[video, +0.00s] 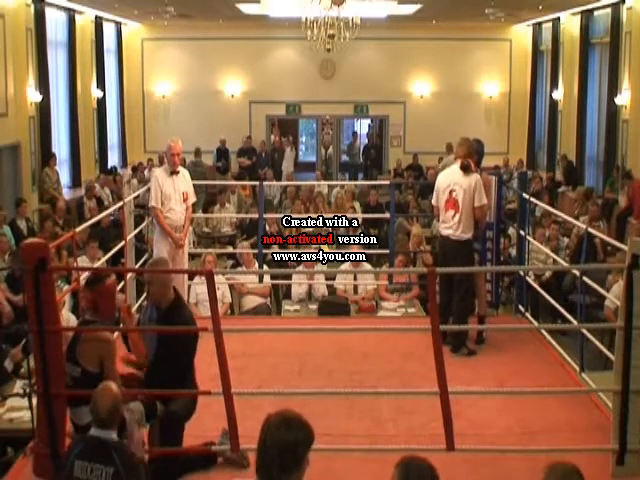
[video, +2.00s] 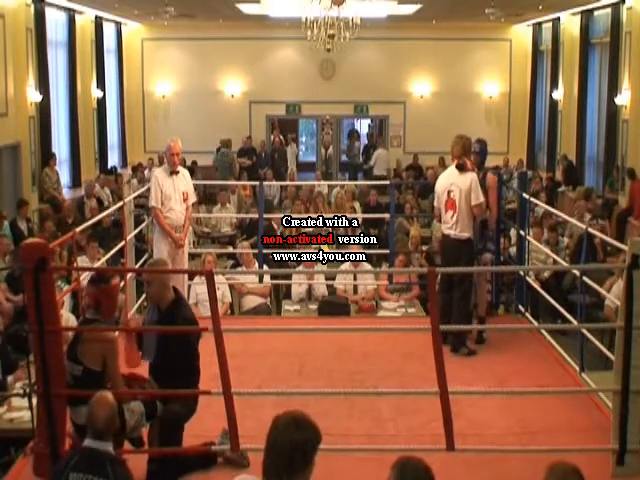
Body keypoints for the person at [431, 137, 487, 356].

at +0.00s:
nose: (473, 159)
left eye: (467, 154)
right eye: (473, 156)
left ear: (456, 154)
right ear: (472, 155)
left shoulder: (442, 175)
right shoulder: (474, 178)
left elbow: (436, 207)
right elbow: (480, 211)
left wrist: (444, 222)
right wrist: (478, 228)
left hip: (443, 238)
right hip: (463, 240)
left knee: (446, 286)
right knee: (463, 290)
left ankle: (443, 329)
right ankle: (459, 339)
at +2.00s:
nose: (471, 156)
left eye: (467, 152)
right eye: (470, 153)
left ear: (452, 153)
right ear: (469, 154)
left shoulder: (442, 177)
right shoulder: (470, 178)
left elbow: (437, 211)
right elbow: (478, 210)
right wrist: (474, 177)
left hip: (446, 237)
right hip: (464, 238)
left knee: (446, 286)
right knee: (463, 288)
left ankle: (444, 330)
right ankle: (459, 339)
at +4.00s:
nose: (464, 156)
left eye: (457, 151)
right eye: (465, 152)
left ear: (449, 153)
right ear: (466, 152)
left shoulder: (442, 179)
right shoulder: (472, 178)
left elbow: (439, 213)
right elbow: (482, 209)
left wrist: (451, 220)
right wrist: (493, 193)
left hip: (450, 235)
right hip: (469, 236)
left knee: (449, 283)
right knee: (468, 285)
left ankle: (448, 328)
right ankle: (466, 337)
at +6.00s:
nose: (473, 155)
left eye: (471, 152)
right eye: (473, 152)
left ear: (454, 152)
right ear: (472, 153)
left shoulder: (443, 176)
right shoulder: (474, 178)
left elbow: (439, 210)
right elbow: (482, 211)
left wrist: (446, 227)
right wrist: (489, 192)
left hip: (449, 236)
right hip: (468, 237)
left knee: (449, 282)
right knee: (467, 285)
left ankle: (448, 327)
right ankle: (464, 336)